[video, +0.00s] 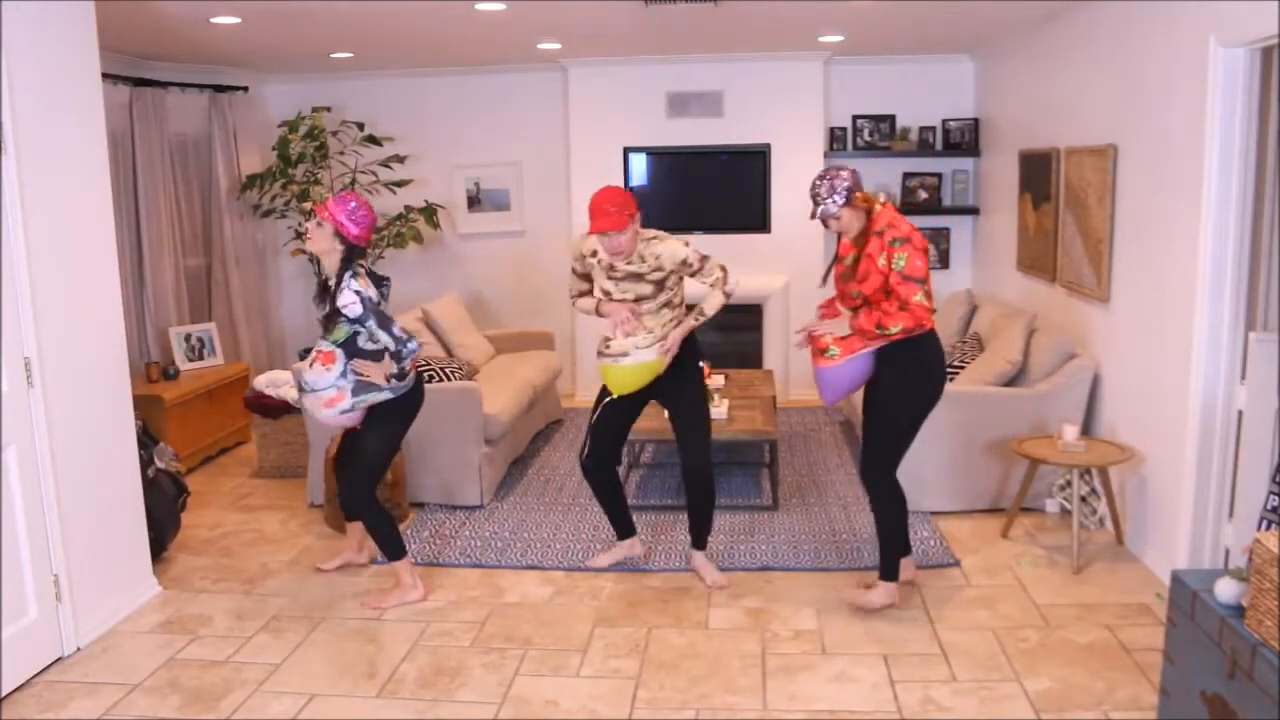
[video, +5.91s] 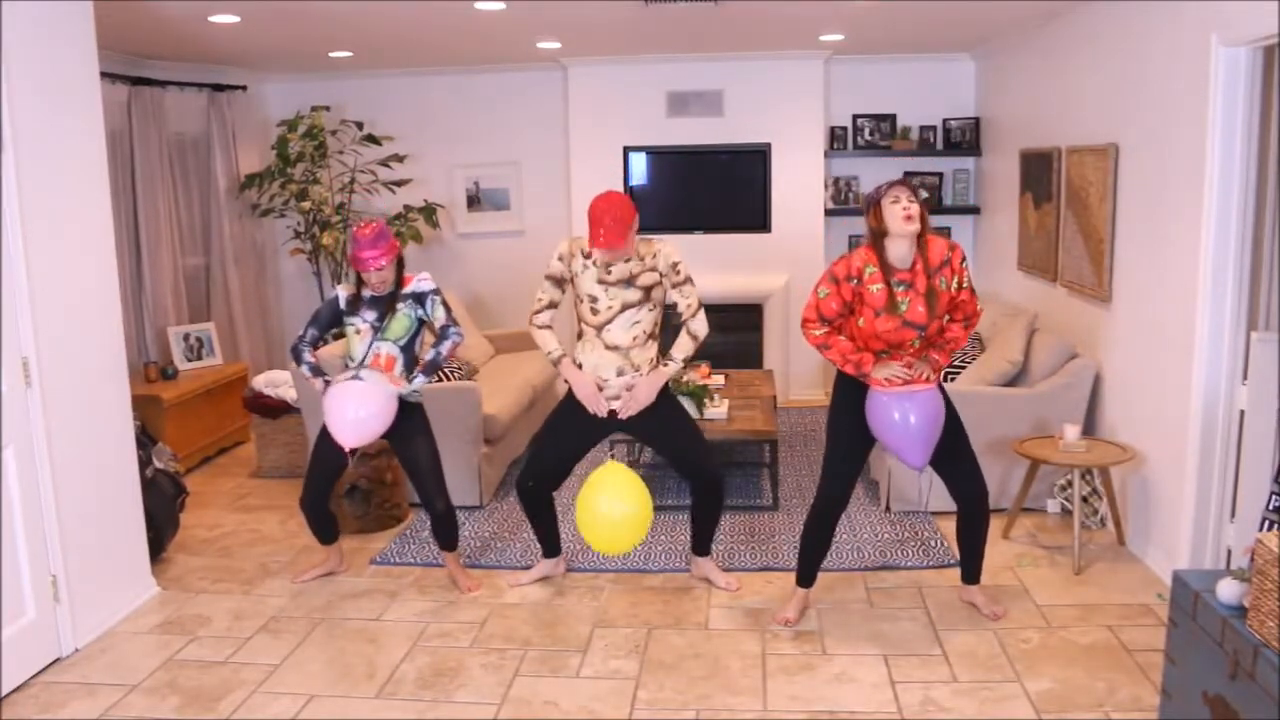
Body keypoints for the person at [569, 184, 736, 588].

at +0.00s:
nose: (614, 242)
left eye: (621, 232)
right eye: (605, 235)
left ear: (637, 223)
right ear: (594, 232)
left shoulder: (667, 250)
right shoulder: (586, 252)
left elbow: (721, 282)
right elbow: (578, 295)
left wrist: (684, 329)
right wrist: (606, 307)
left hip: (677, 359)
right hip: (626, 362)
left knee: (697, 457)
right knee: (595, 459)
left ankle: (699, 550)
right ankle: (628, 540)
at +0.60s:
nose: (625, 186)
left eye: (634, 177)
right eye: (616, 177)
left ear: (649, 180)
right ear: (605, 182)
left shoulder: (675, 224)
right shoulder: (584, 217)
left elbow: (714, 273)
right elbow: (546, 271)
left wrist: (674, 316)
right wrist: (594, 282)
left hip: (653, 349)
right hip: (601, 350)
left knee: (686, 451)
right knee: (569, 456)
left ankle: (701, 552)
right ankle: (587, 543)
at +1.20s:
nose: (610, 221)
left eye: (619, 213)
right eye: (602, 213)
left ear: (634, 225)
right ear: (588, 222)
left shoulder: (657, 265)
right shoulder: (566, 264)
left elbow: (693, 299)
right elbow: (543, 306)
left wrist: (663, 350)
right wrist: (586, 330)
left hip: (645, 376)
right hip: (588, 378)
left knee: (698, 457)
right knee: (545, 468)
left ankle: (703, 553)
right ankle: (554, 556)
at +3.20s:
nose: (607, 223)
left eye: (617, 221)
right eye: (600, 220)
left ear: (633, 243)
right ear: (588, 239)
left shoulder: (653, 290)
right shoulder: (562, 291)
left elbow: (675, 355)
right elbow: (553, 354)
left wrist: (659, 416)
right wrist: (590, 394)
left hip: (650, 399)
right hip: (588, 401)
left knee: (718, 466)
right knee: (525, 472)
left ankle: (704, 555)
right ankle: (551, 556)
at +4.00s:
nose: (609, 281)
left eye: (616, 273)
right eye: (601, 274)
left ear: (630, 254)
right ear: (586, 256)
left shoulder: (655, 270)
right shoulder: (566, 274)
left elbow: (684, 332)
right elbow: (552, 336)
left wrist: (652, 385)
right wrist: (591, 386)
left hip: (652, 387)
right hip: (592, 389)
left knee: (714, 464)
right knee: (534, 467)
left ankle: (704, 555)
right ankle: (552, 556)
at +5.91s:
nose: (611, 260)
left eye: (619, 251)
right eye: (604, 252)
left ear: (635, 232)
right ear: (592, 236)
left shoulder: (662, 258)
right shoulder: (571, 256)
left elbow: (697, 324)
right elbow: (539, 321)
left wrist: (656, 380)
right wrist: (576, 378)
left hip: (648, 396)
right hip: (587, 396)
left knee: (708, 478)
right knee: (531, 484)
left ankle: (701, 558)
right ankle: (552, 558)